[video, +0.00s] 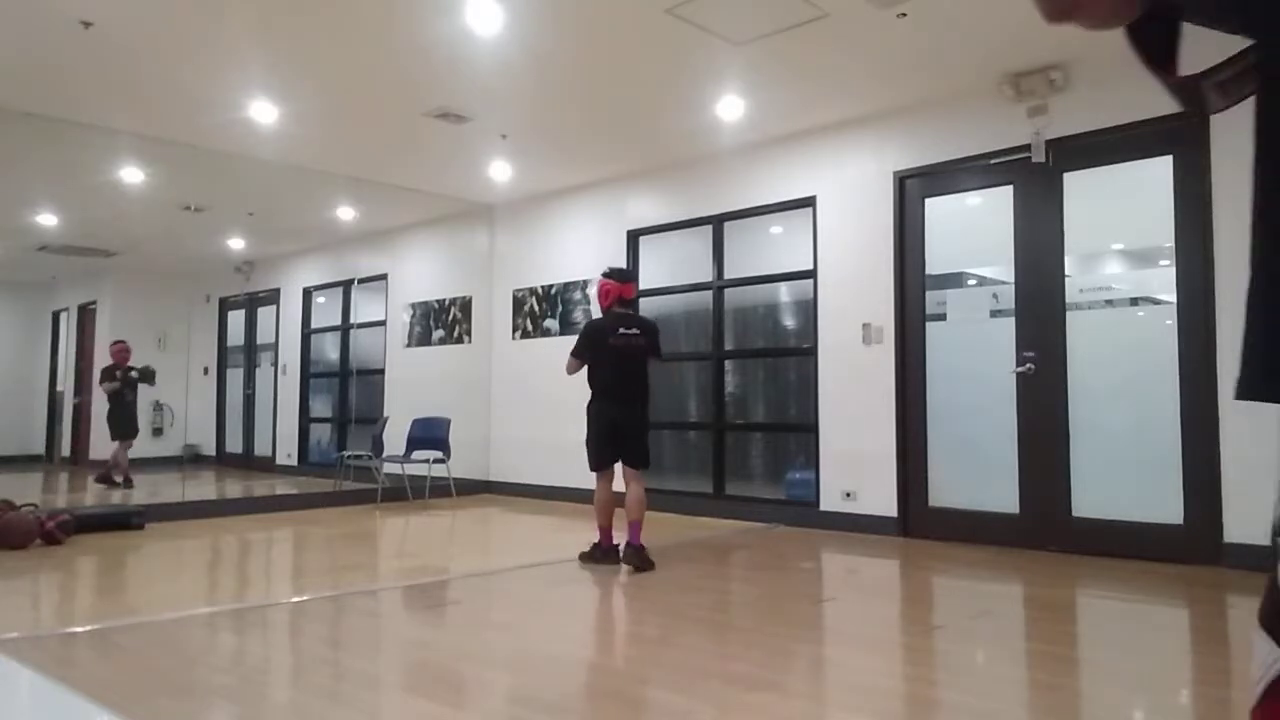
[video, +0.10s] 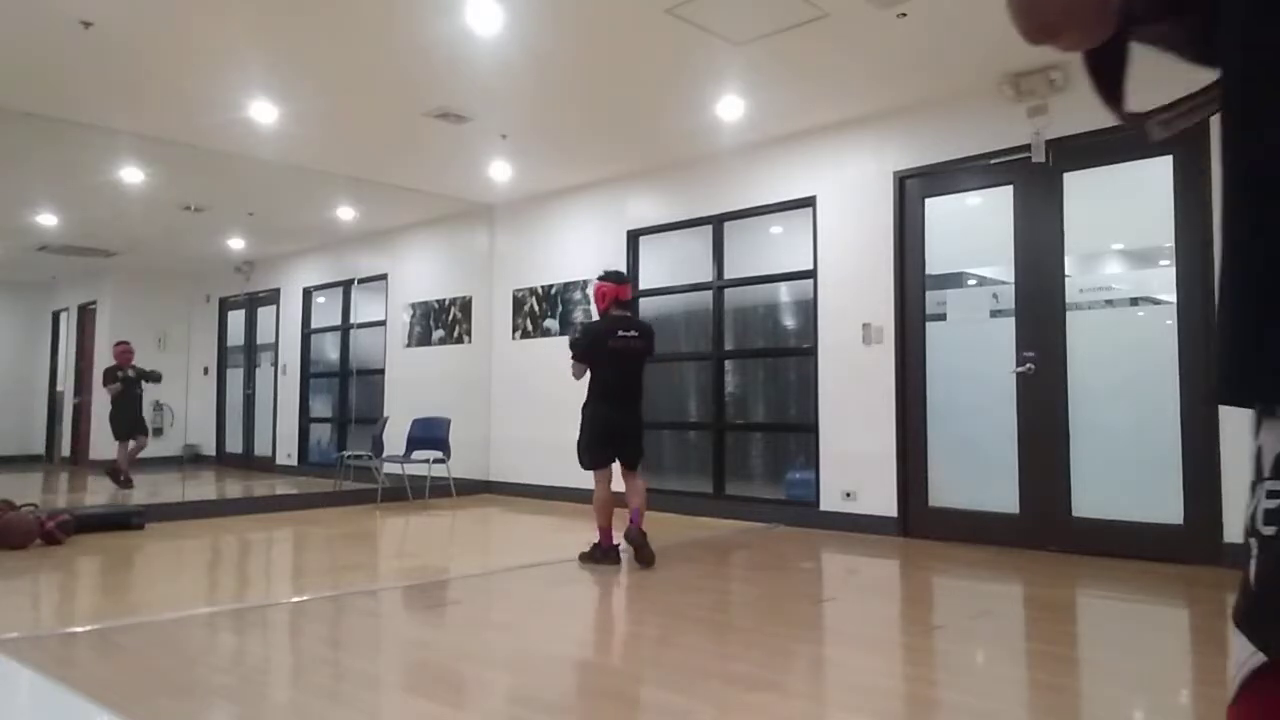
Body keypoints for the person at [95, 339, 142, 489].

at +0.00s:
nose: (124, 355)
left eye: (126, 351)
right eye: (120, 352)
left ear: (130, 353)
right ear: (112, 355)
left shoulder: (132, 371)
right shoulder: (108, 371)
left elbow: (148, 379)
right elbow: (106, 388)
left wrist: (147, 374)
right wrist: (123, 381)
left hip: (130, 411)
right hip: (117, 411)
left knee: (127, 443)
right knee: (124, 443)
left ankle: (106, 473)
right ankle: (126, 476)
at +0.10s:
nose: (127, 356)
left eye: (129, 352)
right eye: (123, 353)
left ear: (133, 354)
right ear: (116, 355)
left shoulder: (136, 371)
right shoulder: (111, 371)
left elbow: (157, 377)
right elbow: (111, 390)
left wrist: (141, 374)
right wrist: (126, 379)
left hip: (135, 413)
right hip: (119, 413)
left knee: (142, 442)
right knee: (123, 444)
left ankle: (118, 467)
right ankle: (124, 475)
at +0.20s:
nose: (132, 358)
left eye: (133, 355)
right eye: (129, 355)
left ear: (135, 355)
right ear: (121, 356)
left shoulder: (140, 370)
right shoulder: (113, 371)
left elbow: (158, 380)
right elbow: (113, 389)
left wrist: (147, 381)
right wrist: (125, 379)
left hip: (139, 413)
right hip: (122, 414)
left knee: (151, 440)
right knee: (124, 445)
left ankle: (131, 467)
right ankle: (127, 477)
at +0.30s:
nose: (135, 359)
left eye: (136, 356)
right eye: (132, 356)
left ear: (139, 356)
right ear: (123, 357)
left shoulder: (144, 370)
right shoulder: (115, 371)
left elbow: (163, 380)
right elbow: (114, 387)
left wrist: (153, 385)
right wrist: (124, 379)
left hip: (142, 411)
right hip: (124, 412)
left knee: (153, 438)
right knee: (125, 445)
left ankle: (146, 470)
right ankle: (126, 477)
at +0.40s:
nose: (132, 362)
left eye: (135, 358)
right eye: (129, 358)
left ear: (140, 357)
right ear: (125, 357)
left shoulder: (148, 370)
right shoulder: (118, 371)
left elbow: (167, 381)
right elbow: (115, 391)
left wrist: (154, 389)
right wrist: (122, 383)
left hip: (144, 411)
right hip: (126, 412)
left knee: (151, 443)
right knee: (125, 446)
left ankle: (160, 475)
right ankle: (126, 478)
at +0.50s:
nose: (131, 362)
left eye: (134, 358)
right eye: (129, 358)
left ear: (143, 358)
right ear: (127, 357)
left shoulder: (153, 370)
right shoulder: (123, 371)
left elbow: (171, 381)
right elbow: (118, 390)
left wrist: (156, 391)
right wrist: (123, 382)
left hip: (147, 413)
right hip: (129, 413)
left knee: (152, 444)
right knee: (127, 445)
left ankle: (160, 475)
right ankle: (127, 478)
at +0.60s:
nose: (136, 361)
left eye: (140, 357)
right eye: (134, 357)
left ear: (147, 356)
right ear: (132, 357)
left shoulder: (158, 369)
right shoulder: (128, 371)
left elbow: (174, 381)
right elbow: (121, 390)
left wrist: (158, 389)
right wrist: (128, 379)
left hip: (151, 413)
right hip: (132, 413)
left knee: (154, 444)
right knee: (130, 445)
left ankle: (160, 475)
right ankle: (127, 478)